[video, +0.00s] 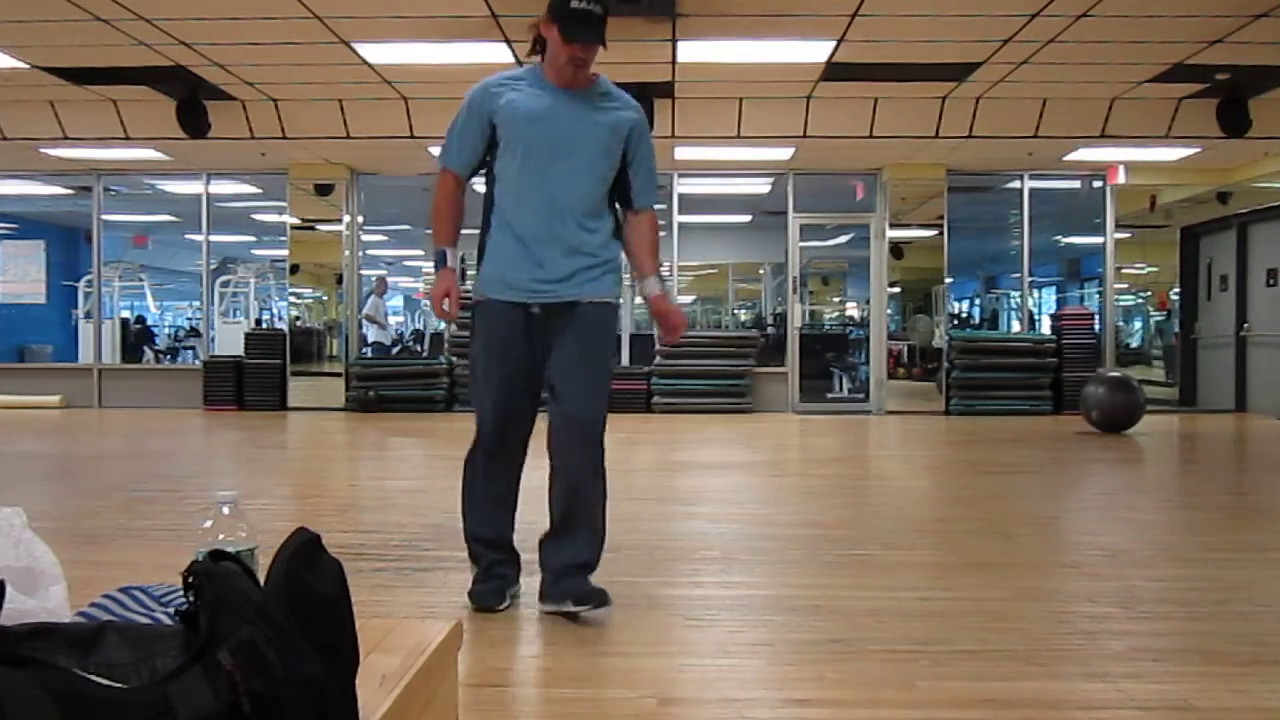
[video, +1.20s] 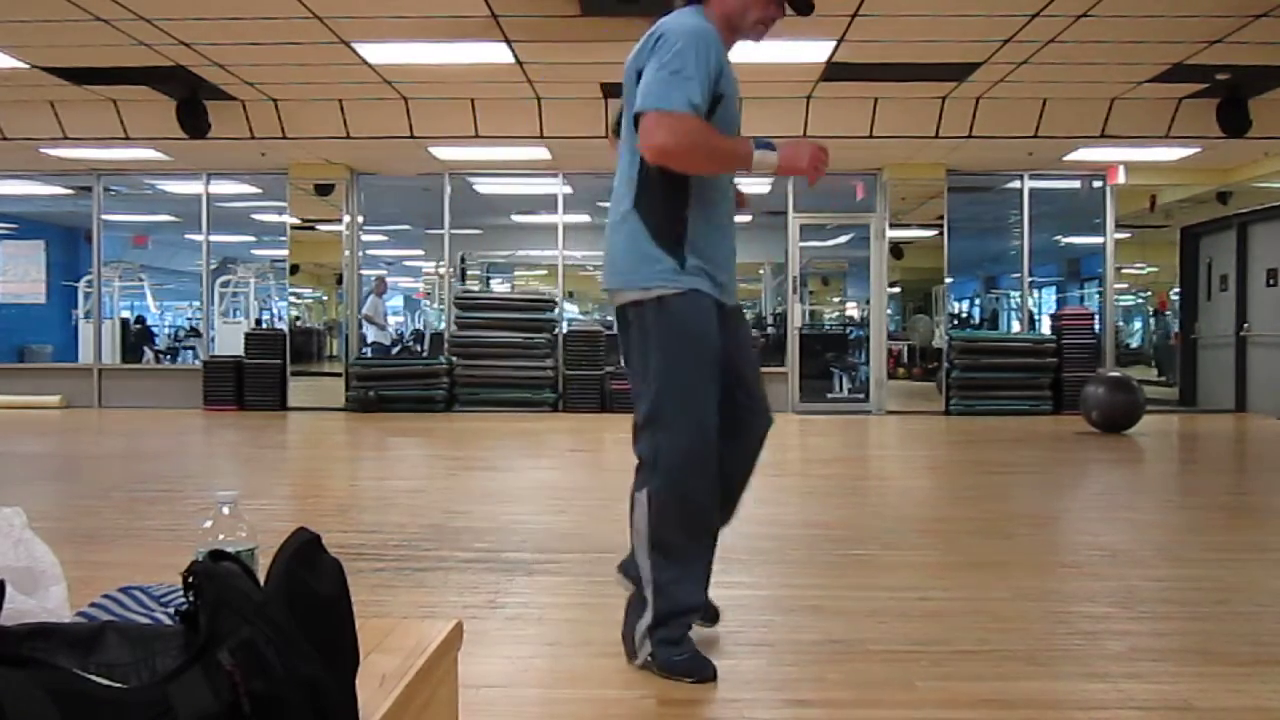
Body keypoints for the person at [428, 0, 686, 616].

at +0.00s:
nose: (583, 64)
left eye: (592, 54)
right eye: (573, 51)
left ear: (604, 44)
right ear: (545, 31)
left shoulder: (624, 114)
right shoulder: (494, 98)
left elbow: (639, 210)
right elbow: (451, 178)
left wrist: (654, 289)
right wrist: (445, 264)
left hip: (588, 298)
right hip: (504, 295)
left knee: (580, 438)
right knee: (497, 437)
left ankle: (568, 578)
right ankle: (492, 571)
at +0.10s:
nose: (599, 47)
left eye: (608, 36)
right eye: (589, 33)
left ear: (618, 38)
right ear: (560, 27)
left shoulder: (634, 118)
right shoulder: (507, 96)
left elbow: (652, 213)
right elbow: (458, 176)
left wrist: (690, 258)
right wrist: (452, 255)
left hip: (603, 301)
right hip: (519, 296)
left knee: (592, 444)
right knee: (509, 431)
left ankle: (573, 585)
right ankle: (492, 566)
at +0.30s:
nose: (636, 39)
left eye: (646, 28)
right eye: (628, 24)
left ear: (656, 26)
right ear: (594, 10)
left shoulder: (667, 95)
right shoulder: (537, 74)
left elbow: (717, 180)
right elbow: (475, 156)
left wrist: (759, 166)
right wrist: (499, 176)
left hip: (634, 288)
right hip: (559, 274)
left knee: (621, 439)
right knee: (575, 414)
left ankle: (581, 579)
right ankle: (538, 557)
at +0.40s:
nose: (652, 26)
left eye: (662, 17)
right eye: (644, 12)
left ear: (668, 18)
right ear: (611, 2)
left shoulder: (682, 83)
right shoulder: (551, 56)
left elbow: (729, 163)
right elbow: (487, 141)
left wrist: (772, 169)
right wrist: (524, 161)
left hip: (651, 275)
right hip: (571, 264)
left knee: (664, 415)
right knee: (599, 406)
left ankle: (606, 572)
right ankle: (592, 578)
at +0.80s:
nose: (746, 29)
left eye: (752, 20)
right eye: (744, 13)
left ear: (719, 13)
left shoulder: (713, 76)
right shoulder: (616, 46)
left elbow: (711, 150)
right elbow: (529, 123)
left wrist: (761, 180)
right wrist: (632, 166)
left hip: (690, 288)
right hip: (615, 287)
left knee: (723, 421)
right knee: (627, 450)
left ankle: (628, 545)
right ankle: (646, 620)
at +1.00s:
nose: (752, 45)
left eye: (756, 34)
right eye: (751, 28)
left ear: (714, 18)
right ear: (717, 13)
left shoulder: (694, 99)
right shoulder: (648, 74)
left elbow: (721, 191)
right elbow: (602, 178)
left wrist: (801, 192)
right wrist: (717, 220)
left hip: (684, 310)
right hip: (664, 312)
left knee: (685, 449)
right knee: (723, 449)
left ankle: (638, 584)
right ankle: (667, 629)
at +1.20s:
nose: (776, 20)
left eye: (781, 12)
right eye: (776, 7)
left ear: (752, 6)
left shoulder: (709, 54)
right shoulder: (687, 33)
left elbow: (669, 161)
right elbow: (663, 137)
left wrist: (727, 194)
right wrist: (772, 155)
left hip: (704, 282)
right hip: (662, 279)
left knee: (743, 423)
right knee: (680, 447)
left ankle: (665, 569)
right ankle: (658, 630)